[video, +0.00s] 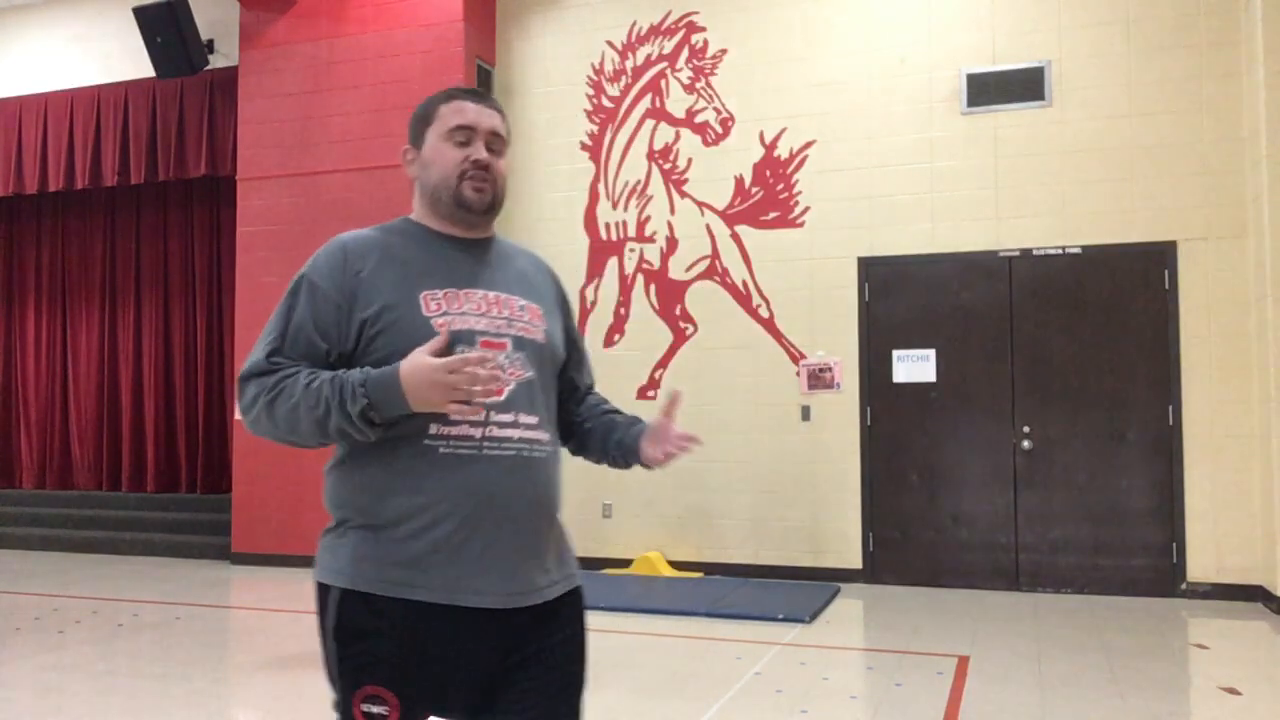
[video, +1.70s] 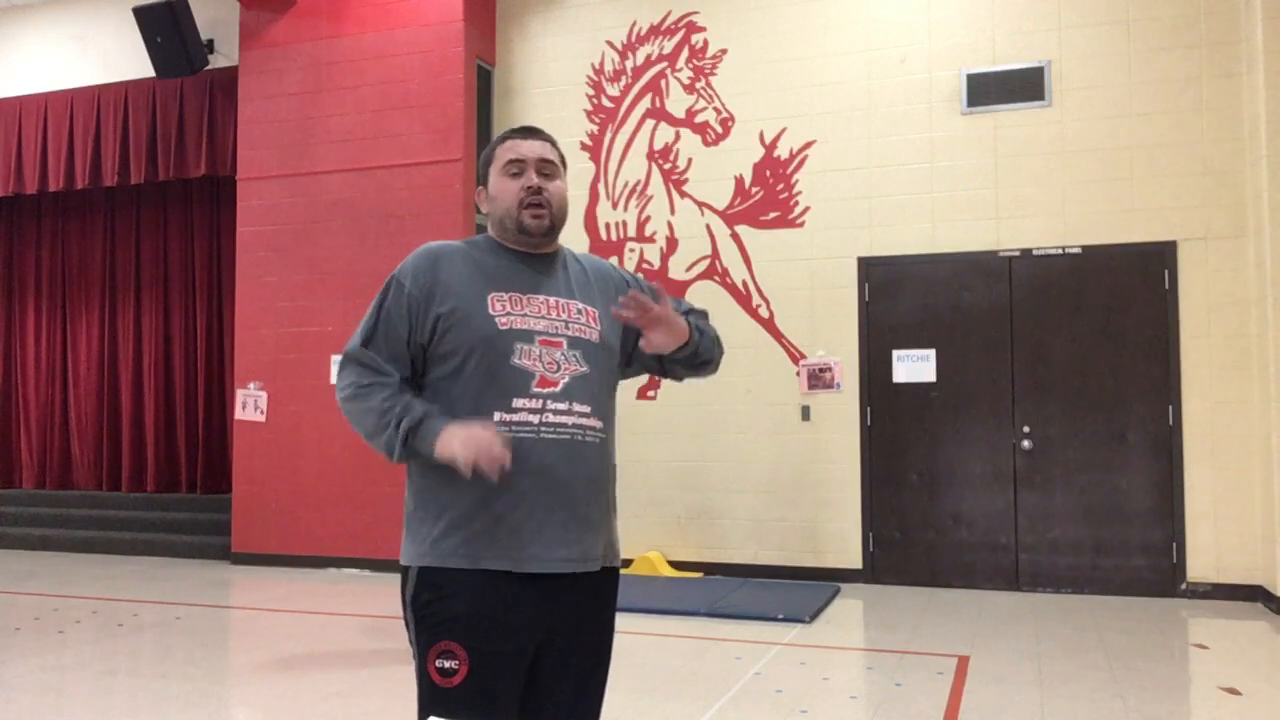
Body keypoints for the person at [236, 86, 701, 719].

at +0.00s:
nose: (482, 155)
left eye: (496, 144)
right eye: (461, 138)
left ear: (509, 167)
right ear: (412, 158)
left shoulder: (539, 279)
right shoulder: (350, 264)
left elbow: (572, 406)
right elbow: (264, 394)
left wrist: (635, 438)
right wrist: (393, 389)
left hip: (535, 600)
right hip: (392, 597)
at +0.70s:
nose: (483, 164)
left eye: (488, 148)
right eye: (456, 157)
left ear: (505, 161)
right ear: (422, 189)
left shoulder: (542, 278)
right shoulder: (377, 268)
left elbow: (575, 372)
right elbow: (310, 396)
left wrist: (596, 391)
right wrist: (396, 479)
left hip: (533, 581)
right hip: (412, 579)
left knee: (528, 712)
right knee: (397, 710)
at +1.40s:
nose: (542, 181)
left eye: (552, 168)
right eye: (519, 171)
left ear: (571, 188)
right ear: (485, 199)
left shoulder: (603, 288)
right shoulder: (439, 273)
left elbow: (657, 402)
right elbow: (381, 403)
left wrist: (651, 365)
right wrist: (395, 523)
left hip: (583, 570)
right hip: (469, 567)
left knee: (569, 713)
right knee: (462, 711)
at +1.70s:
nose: (534, 181)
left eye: (548, 171)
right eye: (514, 170)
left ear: (567, 194)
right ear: (483, 197)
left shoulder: (609, 285)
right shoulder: (433, 272)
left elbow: (704, 350)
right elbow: (360, 377)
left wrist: (684, 339)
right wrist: (435, 431)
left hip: (580, 570)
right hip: (463, 565)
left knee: (568, 713)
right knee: (465, 711)